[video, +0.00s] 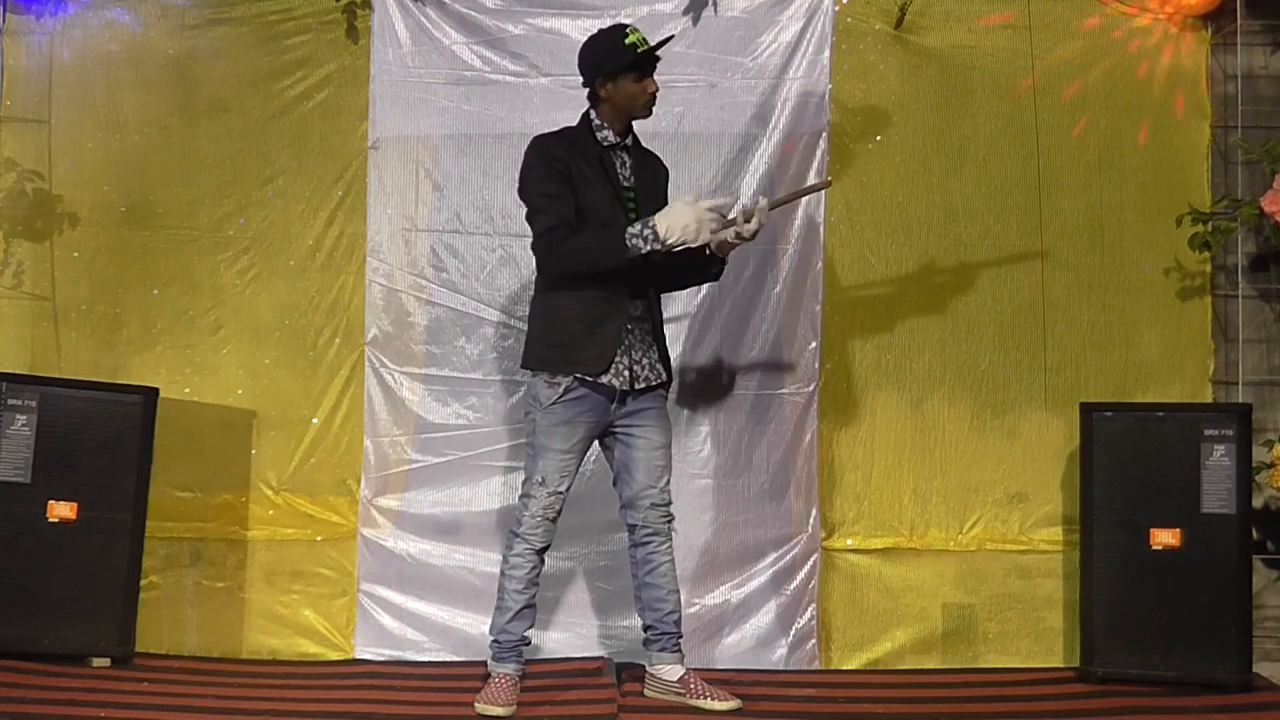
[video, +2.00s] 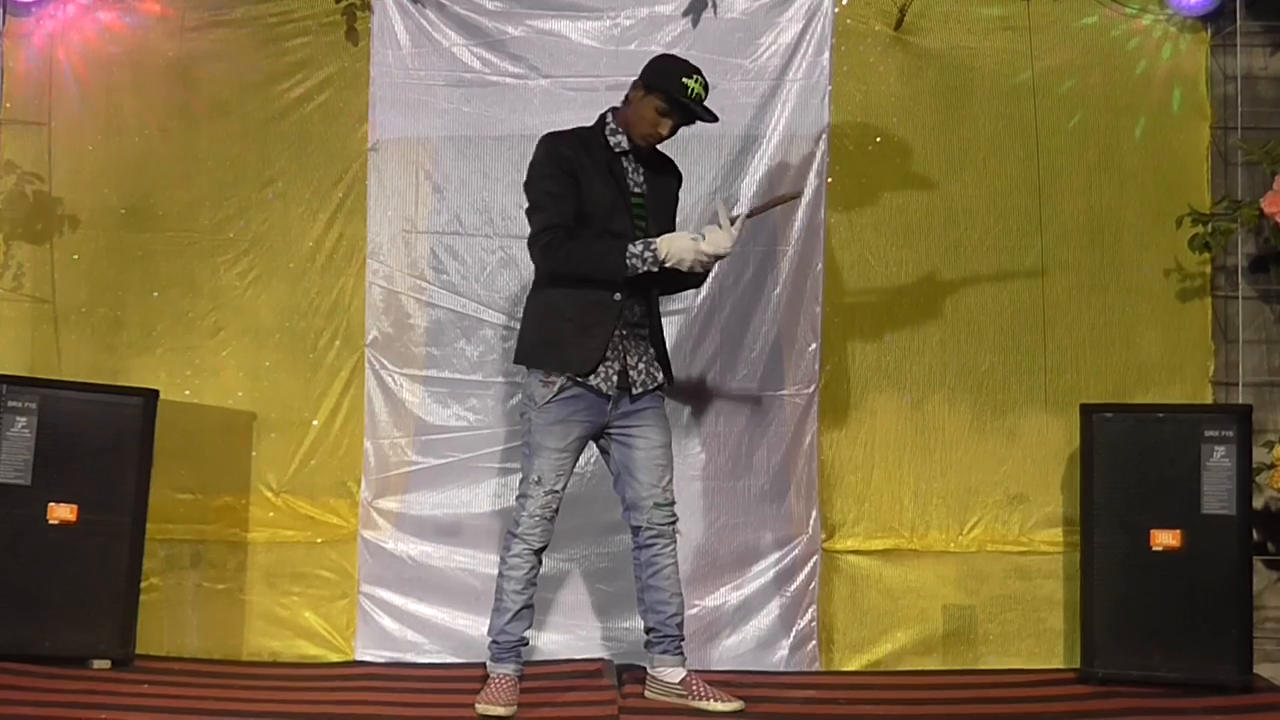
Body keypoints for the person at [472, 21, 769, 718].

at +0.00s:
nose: (656, 84)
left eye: (653, 73)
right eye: (644, 75)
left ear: (625, 84)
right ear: (608, 84)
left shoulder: (651, 170)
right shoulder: (550, 153)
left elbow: (649, 275)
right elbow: (558, 257)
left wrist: (715, 250)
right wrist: (651, 232)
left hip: (642, 375)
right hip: (567, 373)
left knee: (652, 519)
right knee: (536, 522)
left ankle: (665, 668)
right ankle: (505, 669)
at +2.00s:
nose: (670, 129)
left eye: (680, 121)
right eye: (666, 113)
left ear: (680, 120)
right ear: (636, 93)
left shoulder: (663, 175)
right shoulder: (562, 151)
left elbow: (647, 281)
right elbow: (552, 251)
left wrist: (699, 259)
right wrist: (652, 253)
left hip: (640, 376)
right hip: (565, 373)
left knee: (655, 519)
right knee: (533, 521)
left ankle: (667, 672)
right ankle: (503, 670)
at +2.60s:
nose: (658, 122)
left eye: (669, 114)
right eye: (652, 106)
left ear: (672, 116)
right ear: (622, 89)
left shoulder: (656, 169)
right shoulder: (550, 151)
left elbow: (645, 273)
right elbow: (545, 254)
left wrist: (698, 250)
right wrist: (646, 250)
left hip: (639, 376)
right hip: (562, 374)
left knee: (654, 518)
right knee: (534, 522)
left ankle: (666, 670)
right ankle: (503, 670)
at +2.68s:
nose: (648, 115)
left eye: (658, 106)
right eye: (642, 99)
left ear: (662, 111)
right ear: (612, 87)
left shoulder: (652, 166)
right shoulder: (545, 153)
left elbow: (642, 271)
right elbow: (544, 258)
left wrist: (692, 250)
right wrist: (644, 249)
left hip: (638, 374)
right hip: (562, 374)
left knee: (654, 518)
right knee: (533, 522)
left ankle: (666, 670)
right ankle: (503, 669)